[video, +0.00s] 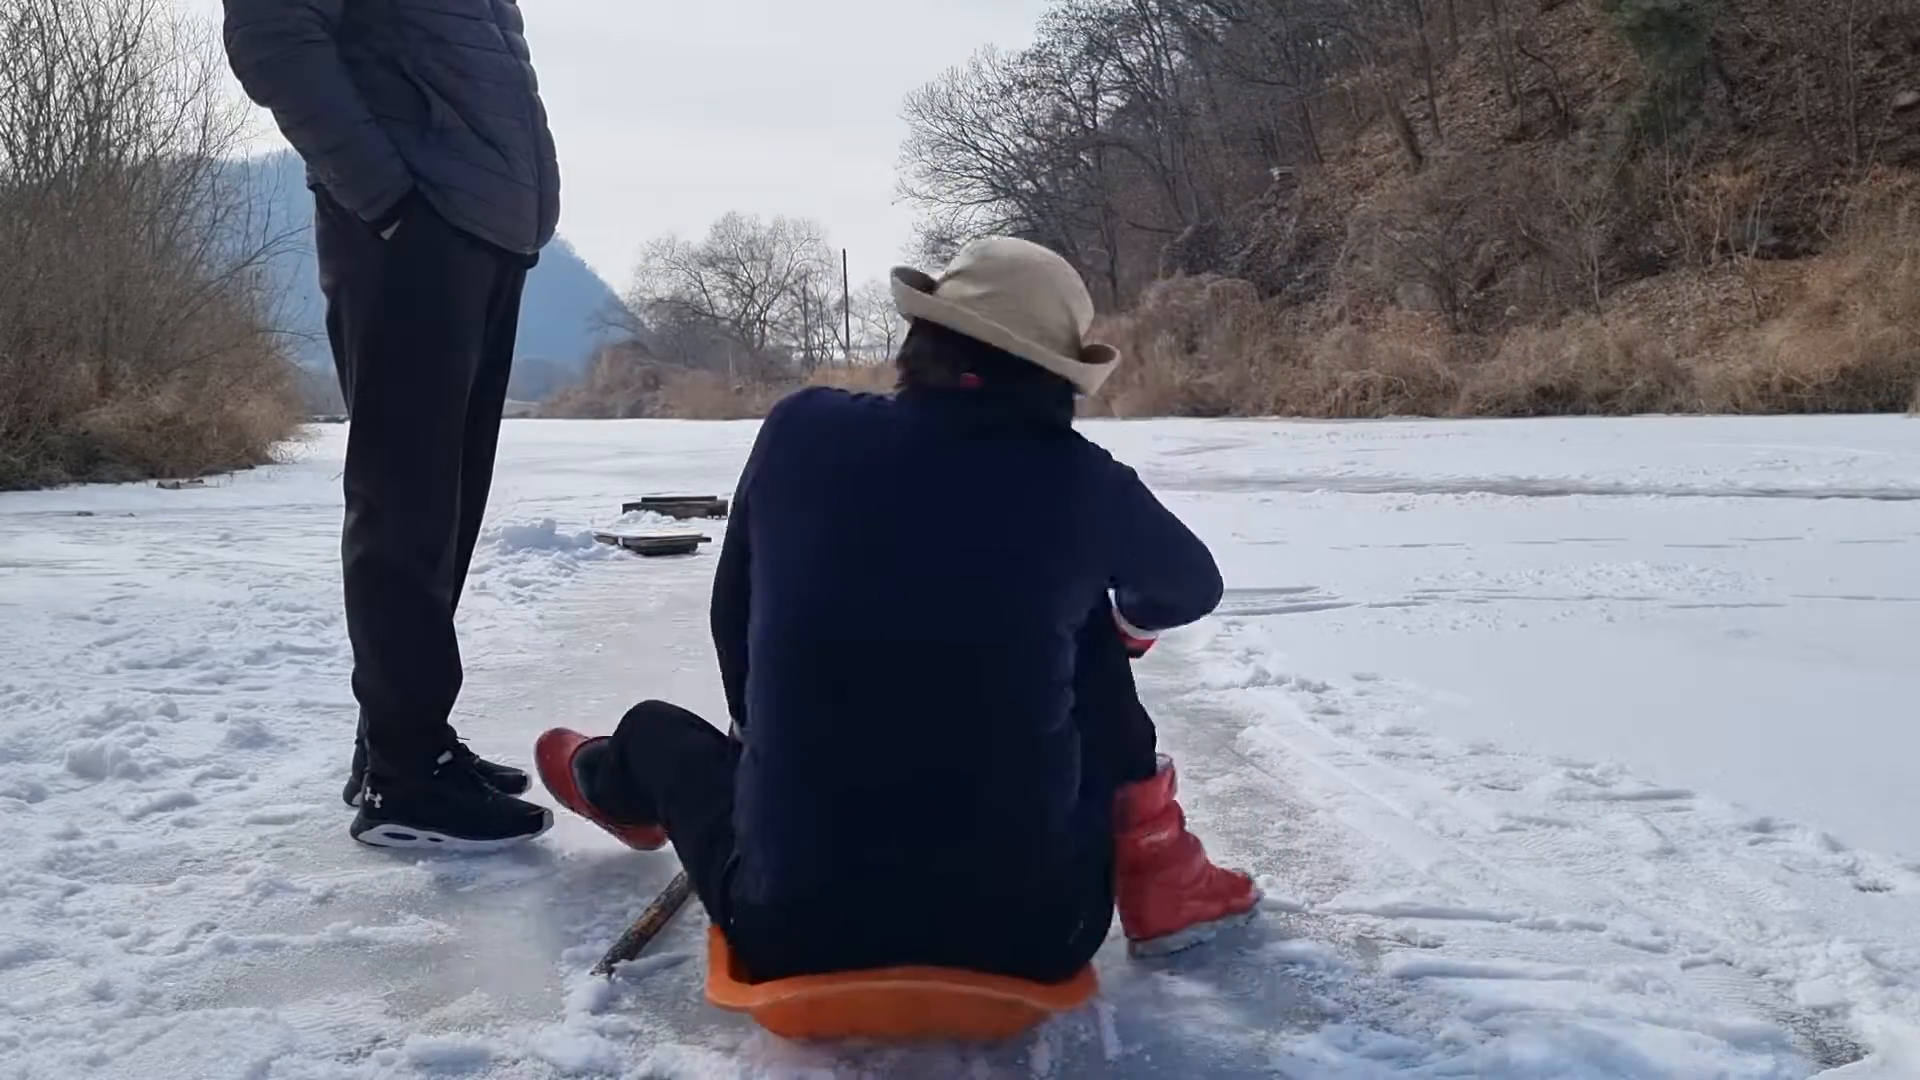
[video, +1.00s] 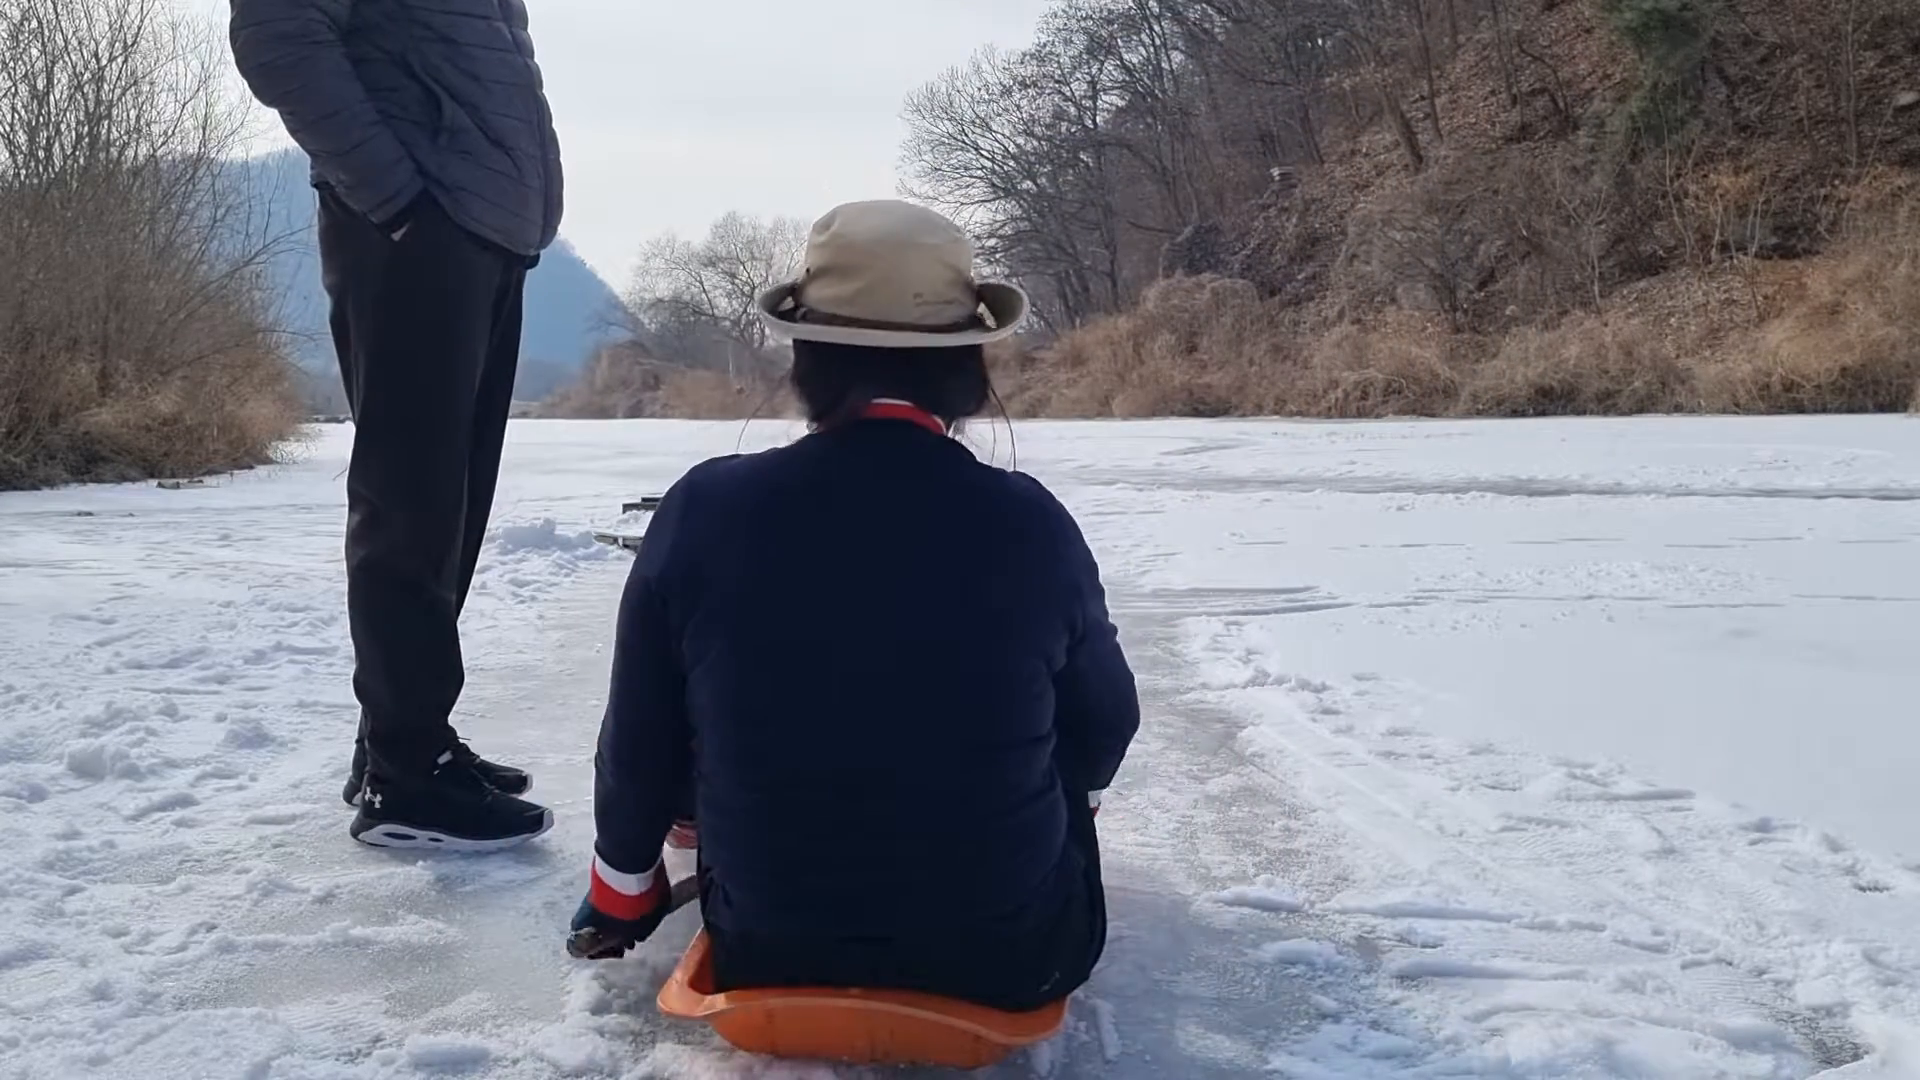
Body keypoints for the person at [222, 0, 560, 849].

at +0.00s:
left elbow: (485, 46)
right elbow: (269, 35)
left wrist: (518, 195)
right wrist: (386, 198)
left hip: (486, 234)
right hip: (409, 225)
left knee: (444, 505)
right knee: (403, 505)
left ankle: (415, 750)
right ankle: (401, 774)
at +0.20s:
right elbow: (269, 34)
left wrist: (515, 200)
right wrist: (386, 197)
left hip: (485, 235)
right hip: (409, 225)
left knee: (444, 505)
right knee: (403, 504)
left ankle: (417, 747)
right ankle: (400, 773)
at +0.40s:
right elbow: (269, 34)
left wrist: (513, 202)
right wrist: (386, 199)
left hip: (485, 237)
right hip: (409, 227)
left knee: (444, 504)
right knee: (403, 503)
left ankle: (416, 748)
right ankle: (400, 772)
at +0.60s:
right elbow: (269, 33)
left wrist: (513, 204)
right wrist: (386, 199)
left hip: (485, 236)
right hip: (410, 225)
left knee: (446, 502)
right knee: (404, 501)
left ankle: (416, 746)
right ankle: (401, 770)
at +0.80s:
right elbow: (270, 33)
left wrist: (509, 206)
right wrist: (390, 201)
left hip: (484, 235)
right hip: (410, 225)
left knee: (444, 503)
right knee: (405, 503)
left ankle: (413, 748)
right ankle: (402, 772)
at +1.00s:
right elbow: (275, 34)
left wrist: (510, 205)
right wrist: (397, 201)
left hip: (486, 236)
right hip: (414, 225)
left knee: (449, 504)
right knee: (408, 502)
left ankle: (417, 749)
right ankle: (400, 772)